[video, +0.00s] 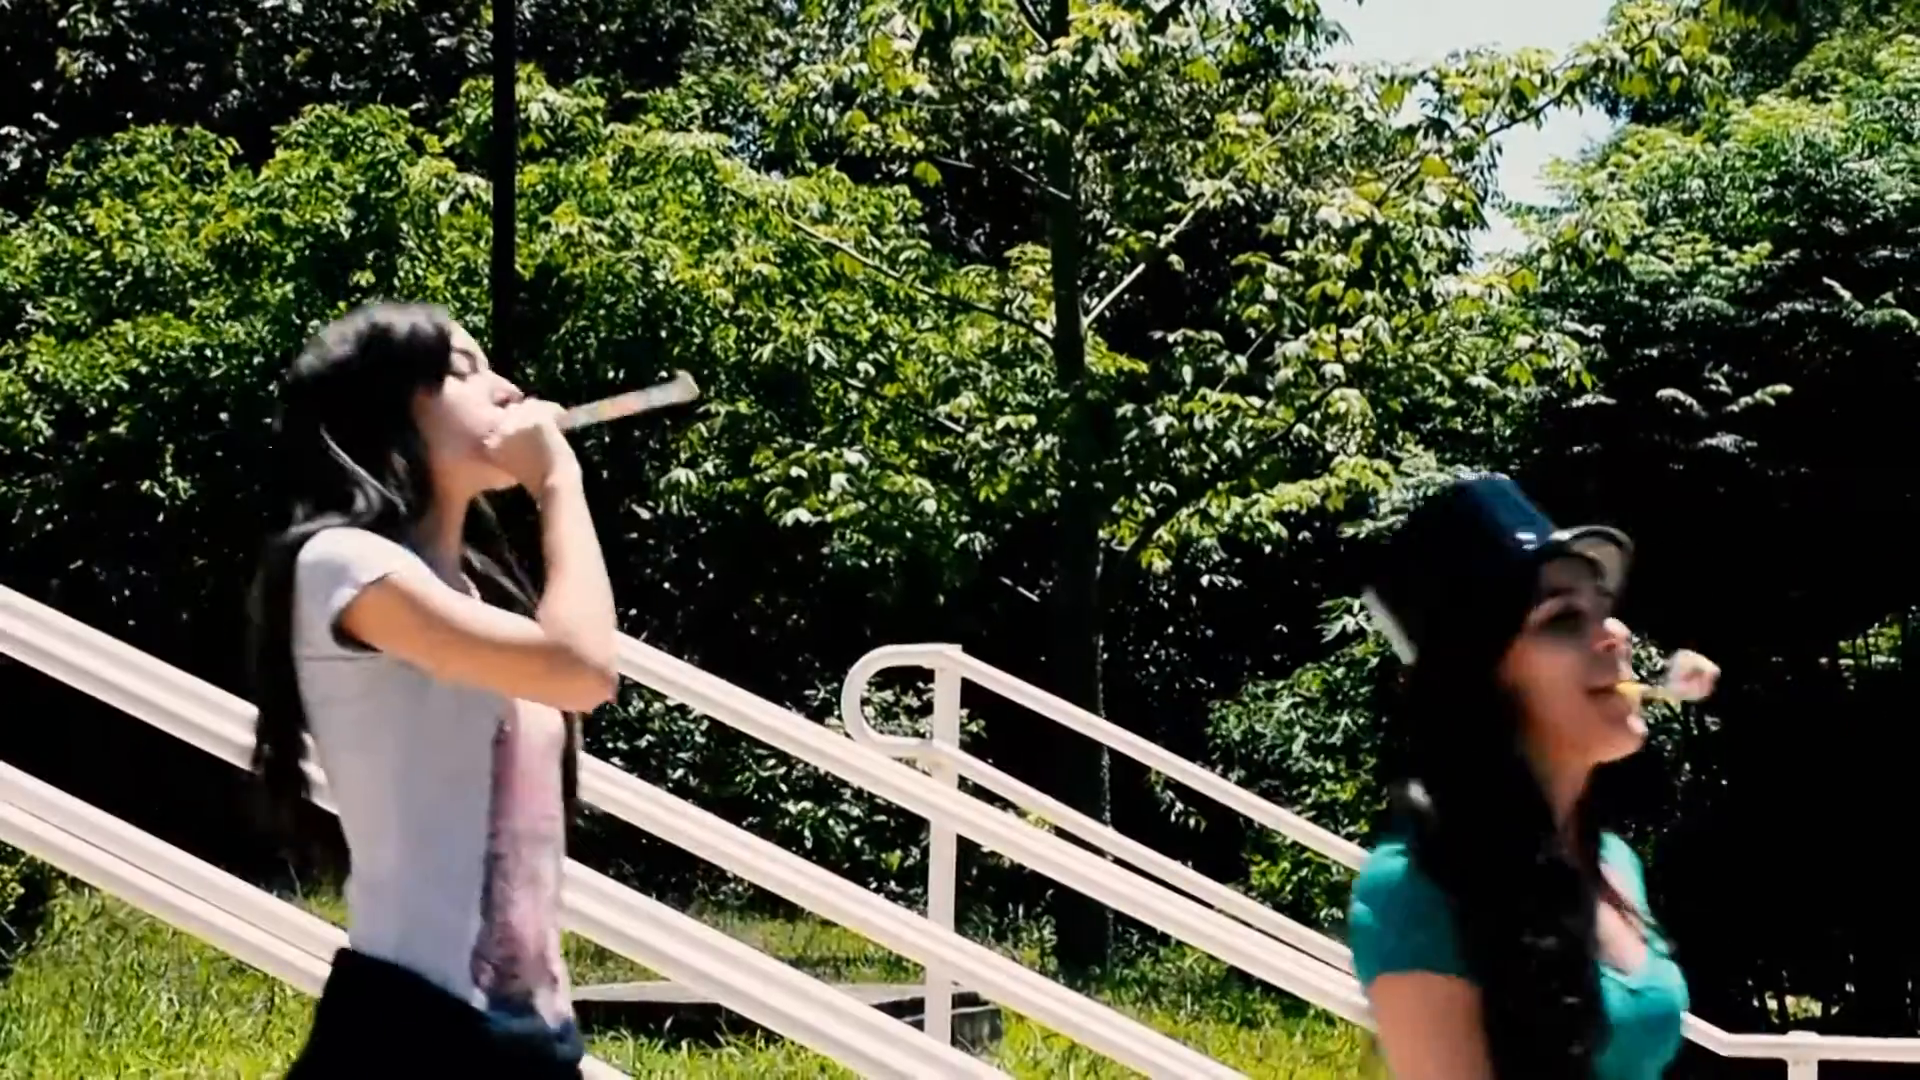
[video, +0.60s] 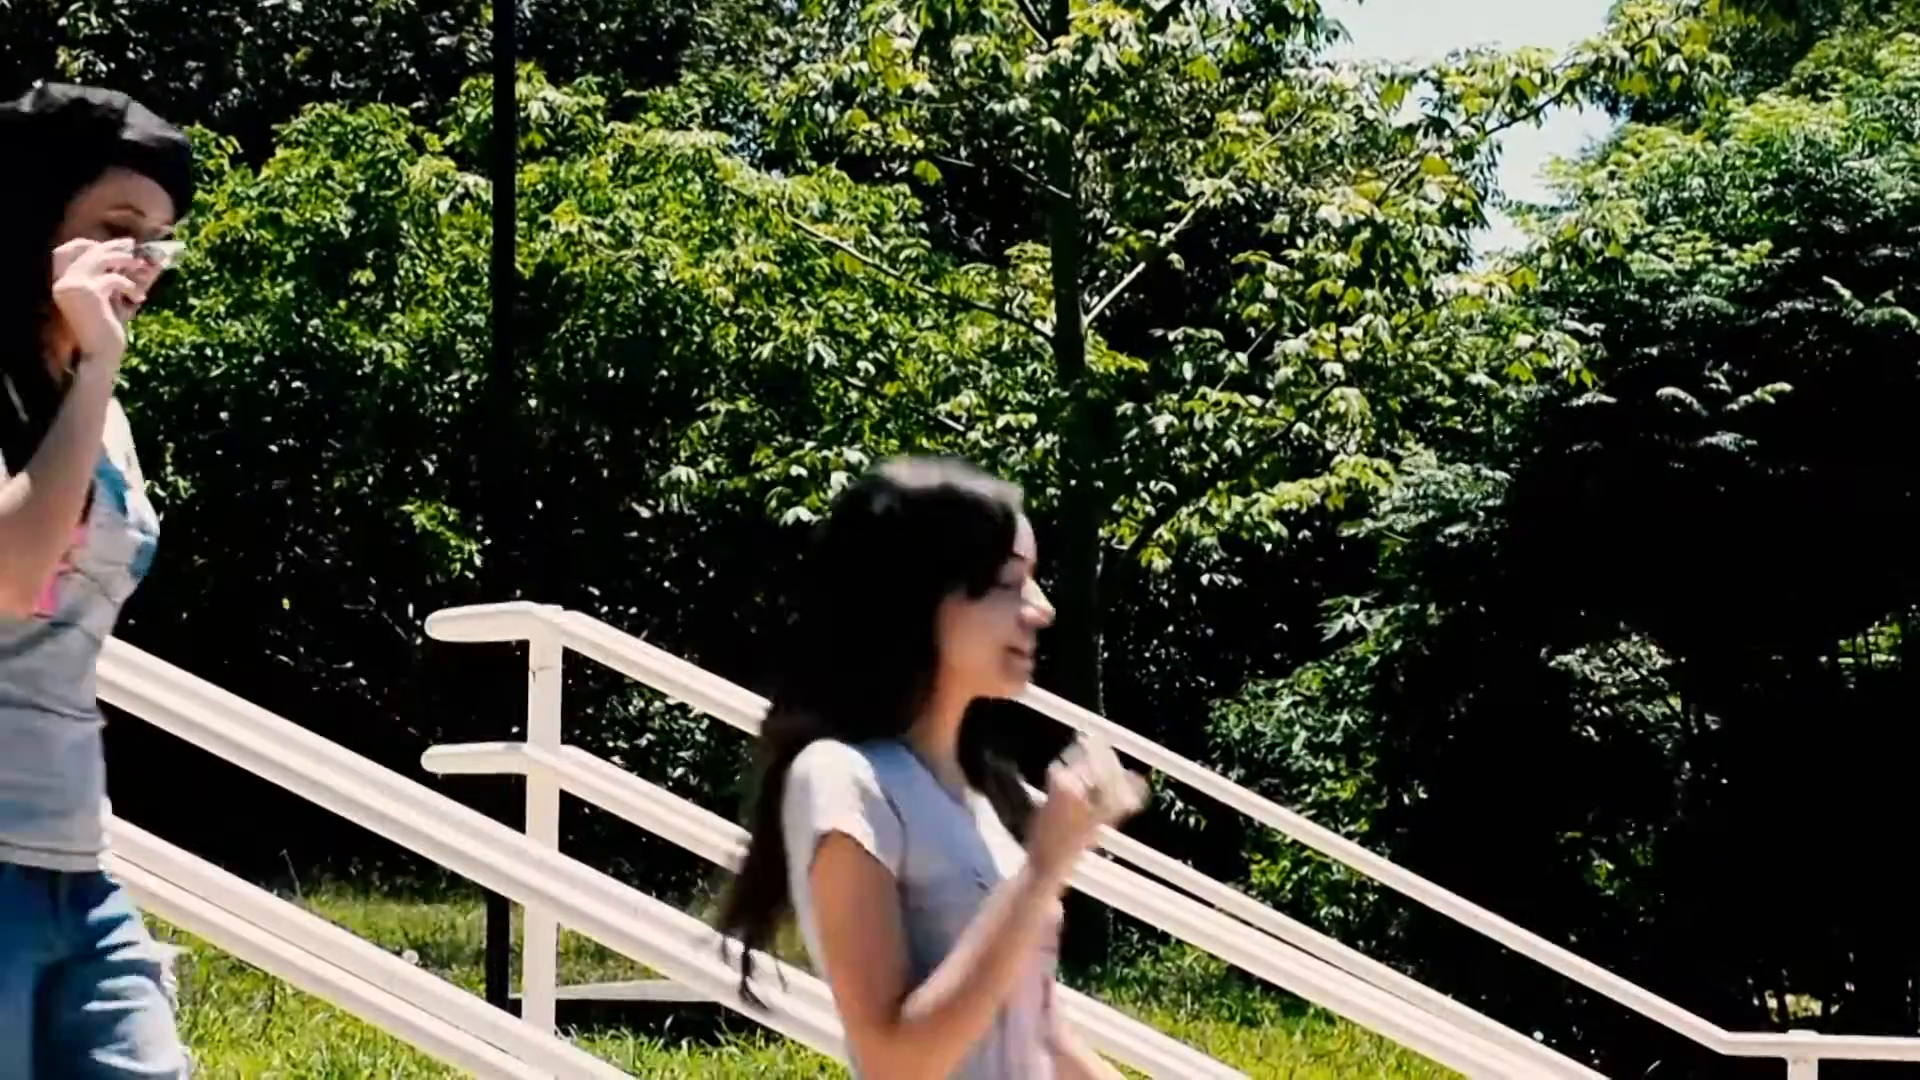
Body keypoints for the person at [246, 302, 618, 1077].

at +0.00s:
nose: (506, 387)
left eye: (491, 368)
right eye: (465, 370)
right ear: (391, 420)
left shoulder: (485, 600)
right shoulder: (341, 562)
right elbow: (581, 667)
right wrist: (558, 478)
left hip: (530, 1028)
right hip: (411, 1024)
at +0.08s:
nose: (575, 436)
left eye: (557, 414)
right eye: (532, 416)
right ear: (458, 468)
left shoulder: (564, 633)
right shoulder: (414, 611)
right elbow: (658, 711)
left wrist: (629, 525)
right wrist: (629, 519)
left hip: (609, 1048)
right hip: (499, 1044)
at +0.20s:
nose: (676, 459)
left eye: (660, 438)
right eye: (632, 441)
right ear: (558, 485)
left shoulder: (648, 657)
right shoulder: (519, 633)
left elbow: (765, 739)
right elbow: (764, 746)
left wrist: (730, 568)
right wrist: (729, 559)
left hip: (689, 1059)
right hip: (586, 1057)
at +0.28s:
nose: (741, 463)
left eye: (727, 438)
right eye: (701, 440)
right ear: (624, 477)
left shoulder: (701, 648)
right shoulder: (576, 631)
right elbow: (812, 769)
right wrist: (792, 573)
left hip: (742, 1052)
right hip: (646, 1052)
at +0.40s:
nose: (840, 493)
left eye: (830, 469)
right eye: (803, 471)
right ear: (719, 492)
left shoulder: (779, 680)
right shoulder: (653, 660)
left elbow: (813, 951)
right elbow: (863, 846)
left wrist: (892, 1062)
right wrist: (872, 630)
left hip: (829, 1058)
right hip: (732, 1063)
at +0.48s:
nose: (920, 540)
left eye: (908, 513)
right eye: (883, 514)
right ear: (795, 536)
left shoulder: (856, 736)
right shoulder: (719, 702)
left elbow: (926, 993)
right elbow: (887, 931)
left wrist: (1004, 1071)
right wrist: (939, 705)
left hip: (911, 1065)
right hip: (810, 1067)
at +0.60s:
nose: (1042, 611)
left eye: (1033, 584)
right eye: (1006, 584)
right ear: (914, 594)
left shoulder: (981, 794)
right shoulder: (835, 777)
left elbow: (1039, 1030)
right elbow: (892, 1057)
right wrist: (1046, 867)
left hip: (1032, 1070)